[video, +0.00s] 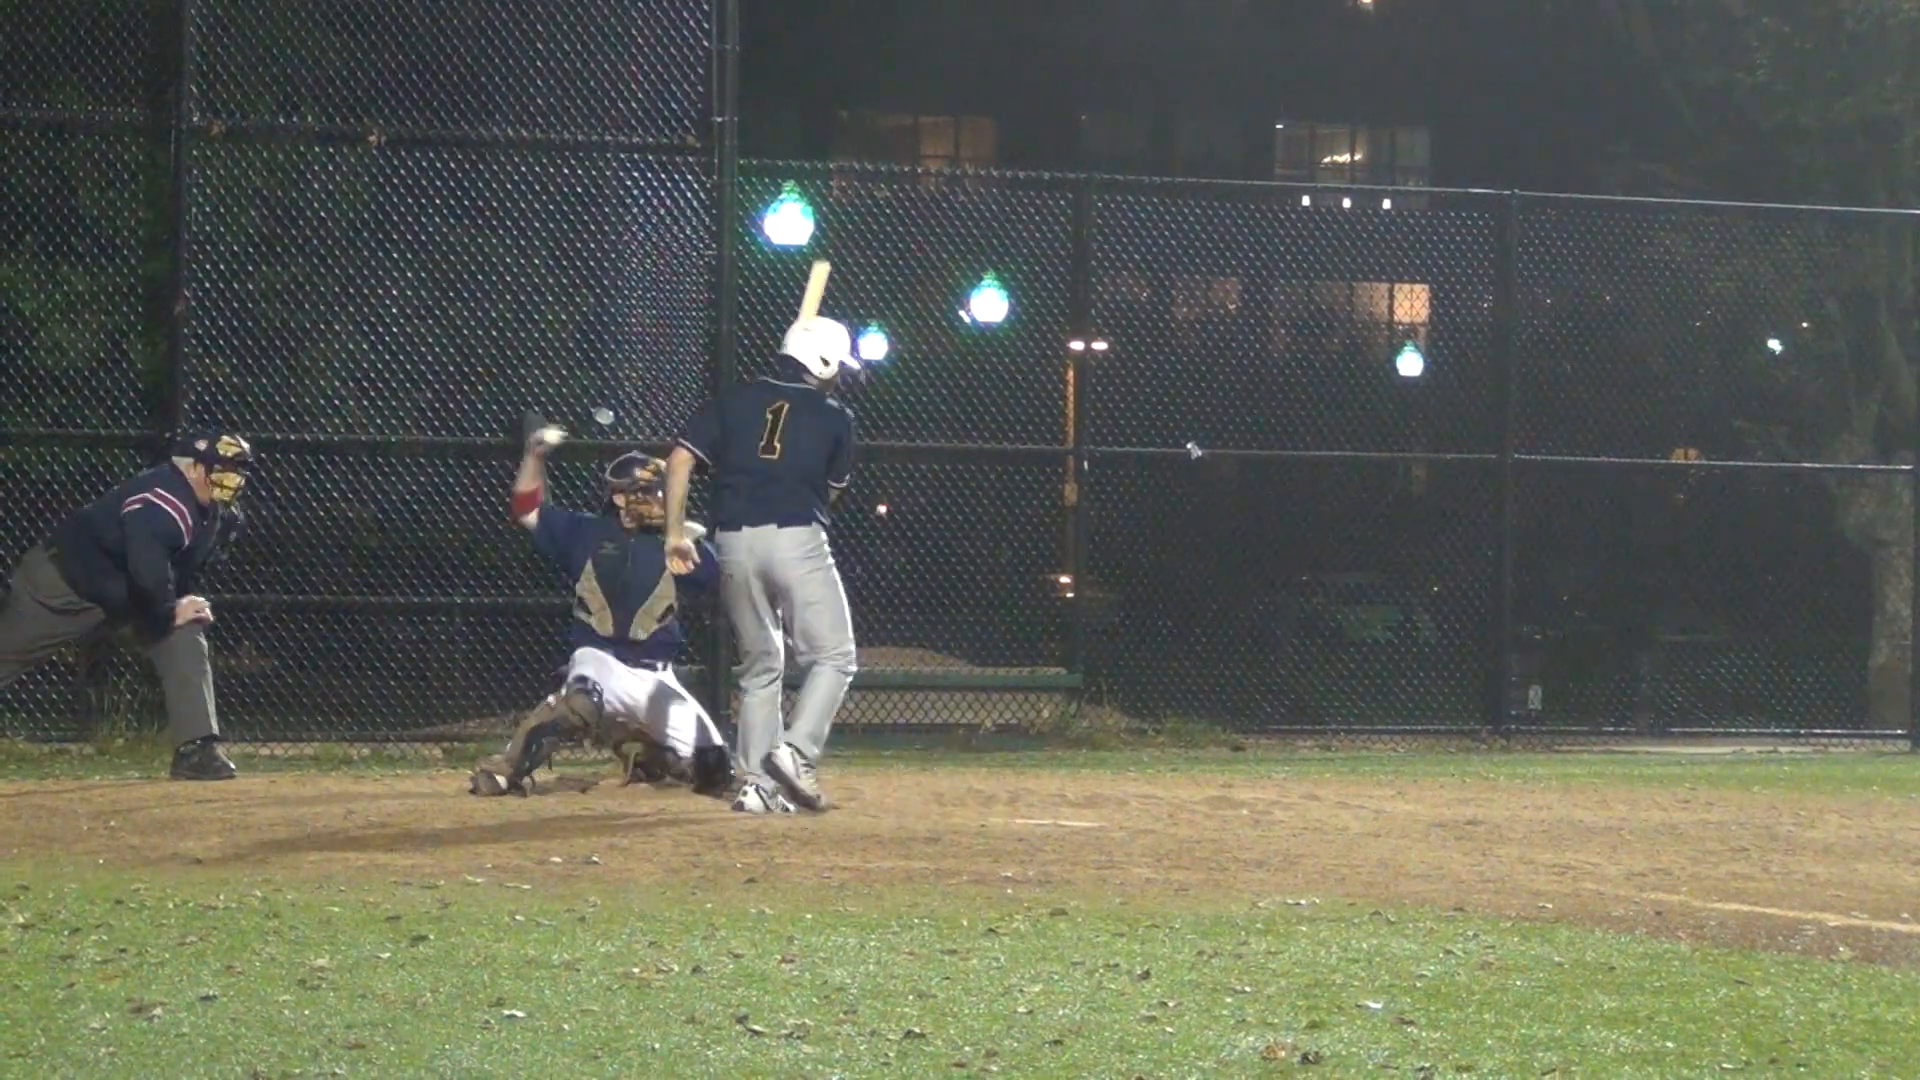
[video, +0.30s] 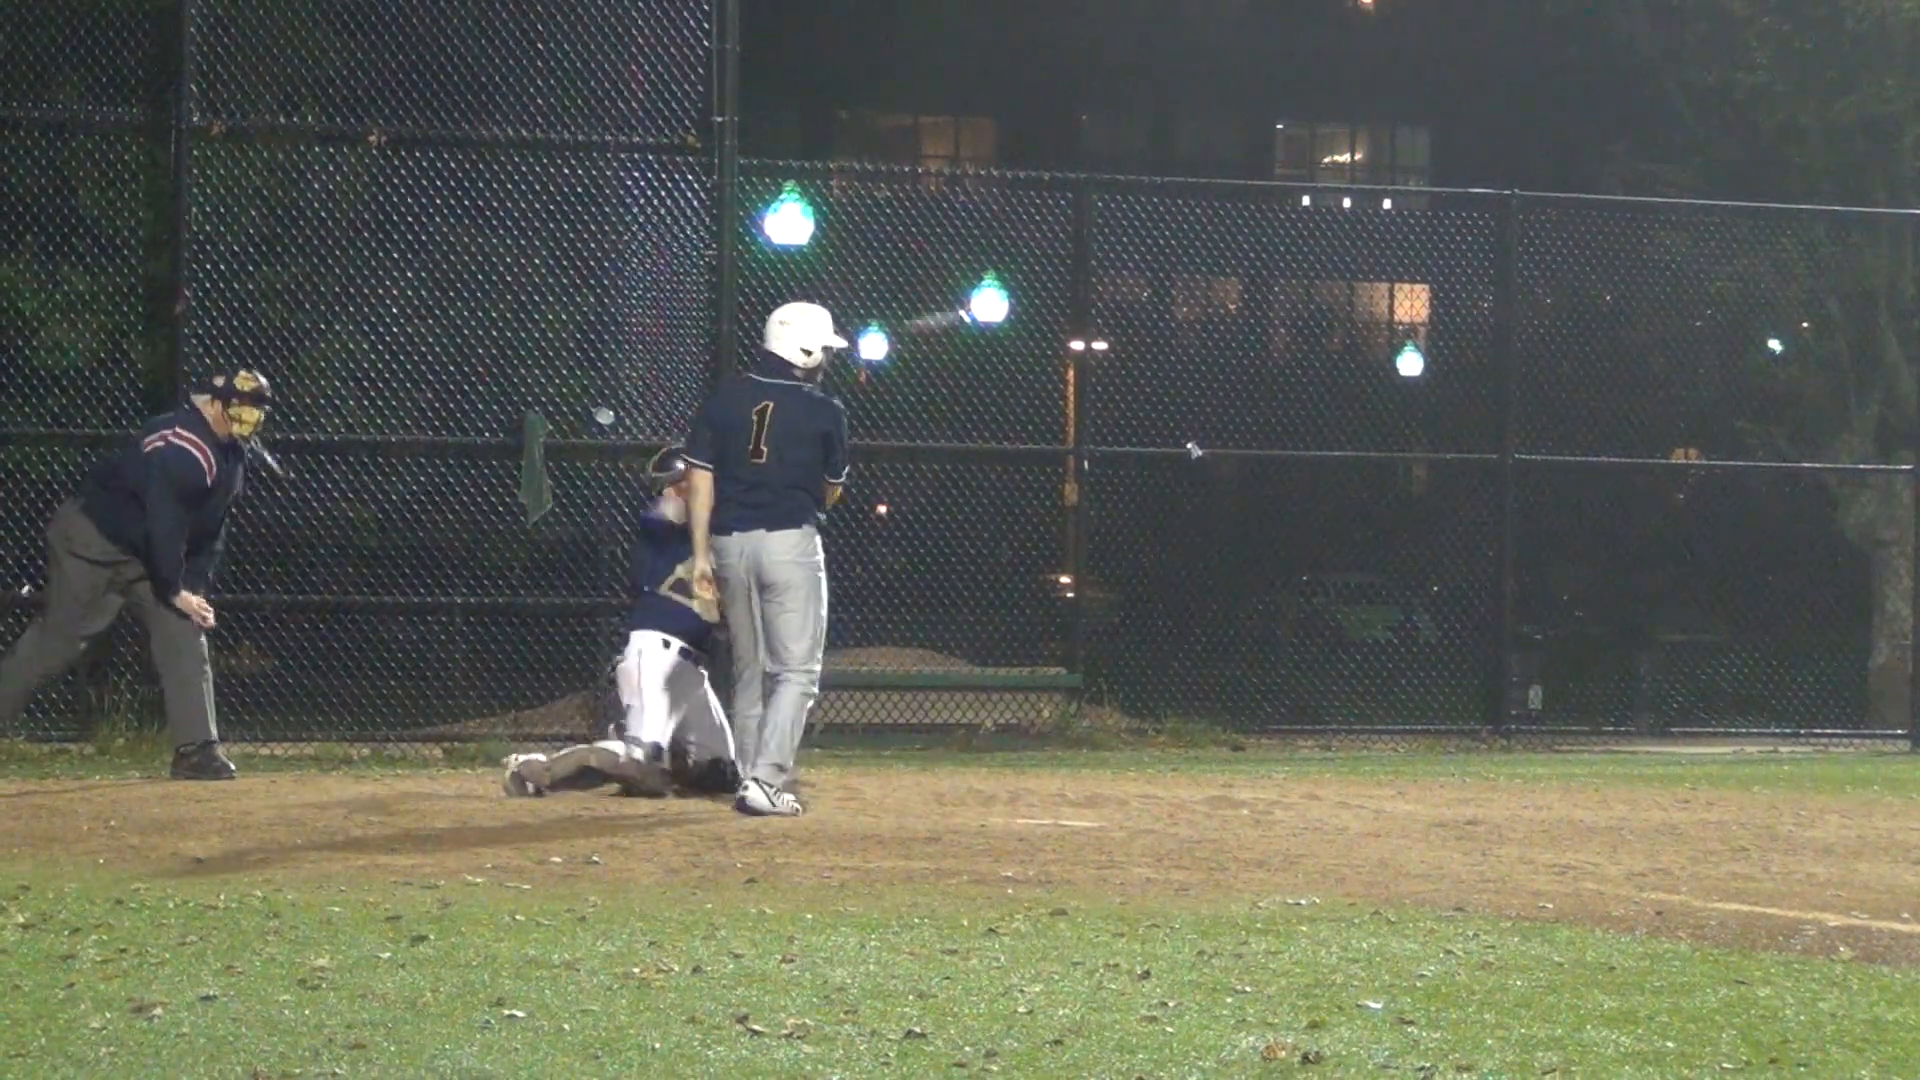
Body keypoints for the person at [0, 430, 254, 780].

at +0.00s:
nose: (231, 482)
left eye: (235, 474)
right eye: (222, 472)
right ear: (194, 469)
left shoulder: (206, 508)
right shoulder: (163, 495)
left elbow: (185, 570)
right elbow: (147, 568)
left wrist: (184, 605)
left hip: (122, 593)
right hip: (65, 581)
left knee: (184, 640)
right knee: (5, 663)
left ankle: (196, 747)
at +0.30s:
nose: (246, 418)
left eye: (252, 411)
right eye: (239, 408)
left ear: (258, 415)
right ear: (216, 406)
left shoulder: (228, 457)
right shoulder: (182, 449)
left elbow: (210, 534)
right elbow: (164, 522)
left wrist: (195, 591)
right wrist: (172, 589)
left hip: (144, 554)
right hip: (91, 538)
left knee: (183, 636)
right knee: (59, 640)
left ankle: (195, 747)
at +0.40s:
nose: (238, 397)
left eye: (243, 389)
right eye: (231, 387)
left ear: (246, 391)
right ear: (205, 383)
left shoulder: (225, 437)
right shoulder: (170, 429)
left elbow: (211, 517)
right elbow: (150, 505)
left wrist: (196, 578)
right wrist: (165, 569)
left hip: (145, 542)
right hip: (94, 530)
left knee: (178, 622)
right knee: (90, 635)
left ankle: (196, 745)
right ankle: (21, 734)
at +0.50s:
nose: (217, 377)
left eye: (222, 369)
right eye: (207, 368)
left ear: (227, 372)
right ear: (181, 366)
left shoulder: (210, 422)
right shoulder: (154, 415)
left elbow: (200, 503)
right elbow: (125, 488)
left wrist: (188, 565)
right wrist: (141, 555)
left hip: (147, 530)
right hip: (92, 523)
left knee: (177, 620)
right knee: (107, 627)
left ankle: (196, 748)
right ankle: (62, 749)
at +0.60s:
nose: (188, 366)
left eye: (194, 359)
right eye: (179, 357)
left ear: (199, 362)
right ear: (153, 356)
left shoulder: (185, 410)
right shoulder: (128, 408)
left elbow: (176, 492)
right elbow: (107, 481)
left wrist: (178, 554)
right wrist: (118, 549)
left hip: (143, 533)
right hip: (90, 529)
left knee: (175, 626)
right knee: (98, 632)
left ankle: (193, 748)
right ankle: (62, 751)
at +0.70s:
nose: (164, 363)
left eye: (170, 355)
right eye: (155, 354)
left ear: (177, 357)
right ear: (130, 350)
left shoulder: (160, 402)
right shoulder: (107, 399)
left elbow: (153, 483)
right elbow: (82, 475)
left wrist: (161, 546)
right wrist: (98, 542)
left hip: (139, 536)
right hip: (87, 533)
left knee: (164, 637)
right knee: (86, 643)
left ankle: (192, 747)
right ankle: (59, 754)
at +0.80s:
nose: (148, 358)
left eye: (153, 350)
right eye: (139, 349)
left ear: (157, 351)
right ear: (111, 346)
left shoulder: (141, 394)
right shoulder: (86, 395)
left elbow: (137, 462)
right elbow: (63, 470)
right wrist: (76, 532)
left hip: (132, 534)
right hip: (85, 532)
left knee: (155, 632)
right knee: (78, 642)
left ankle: (186, 744)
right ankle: (58, 753)